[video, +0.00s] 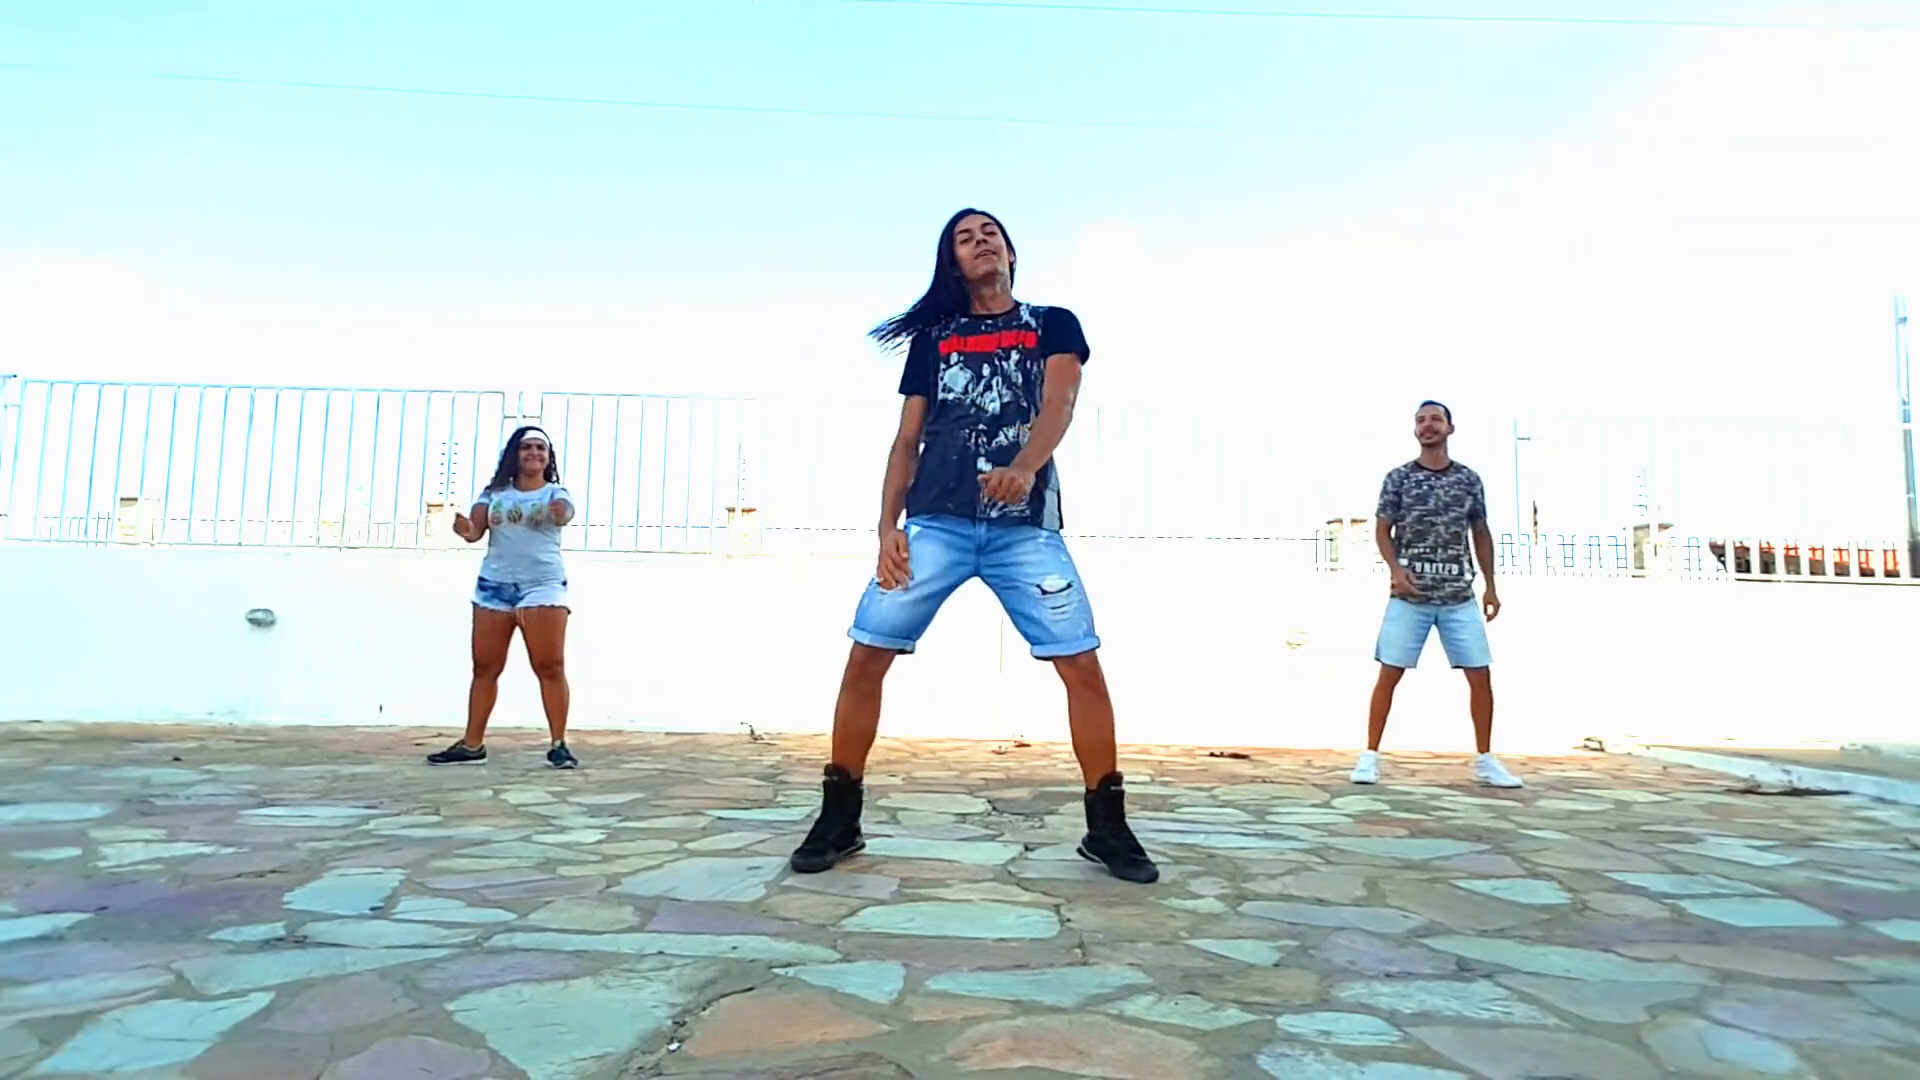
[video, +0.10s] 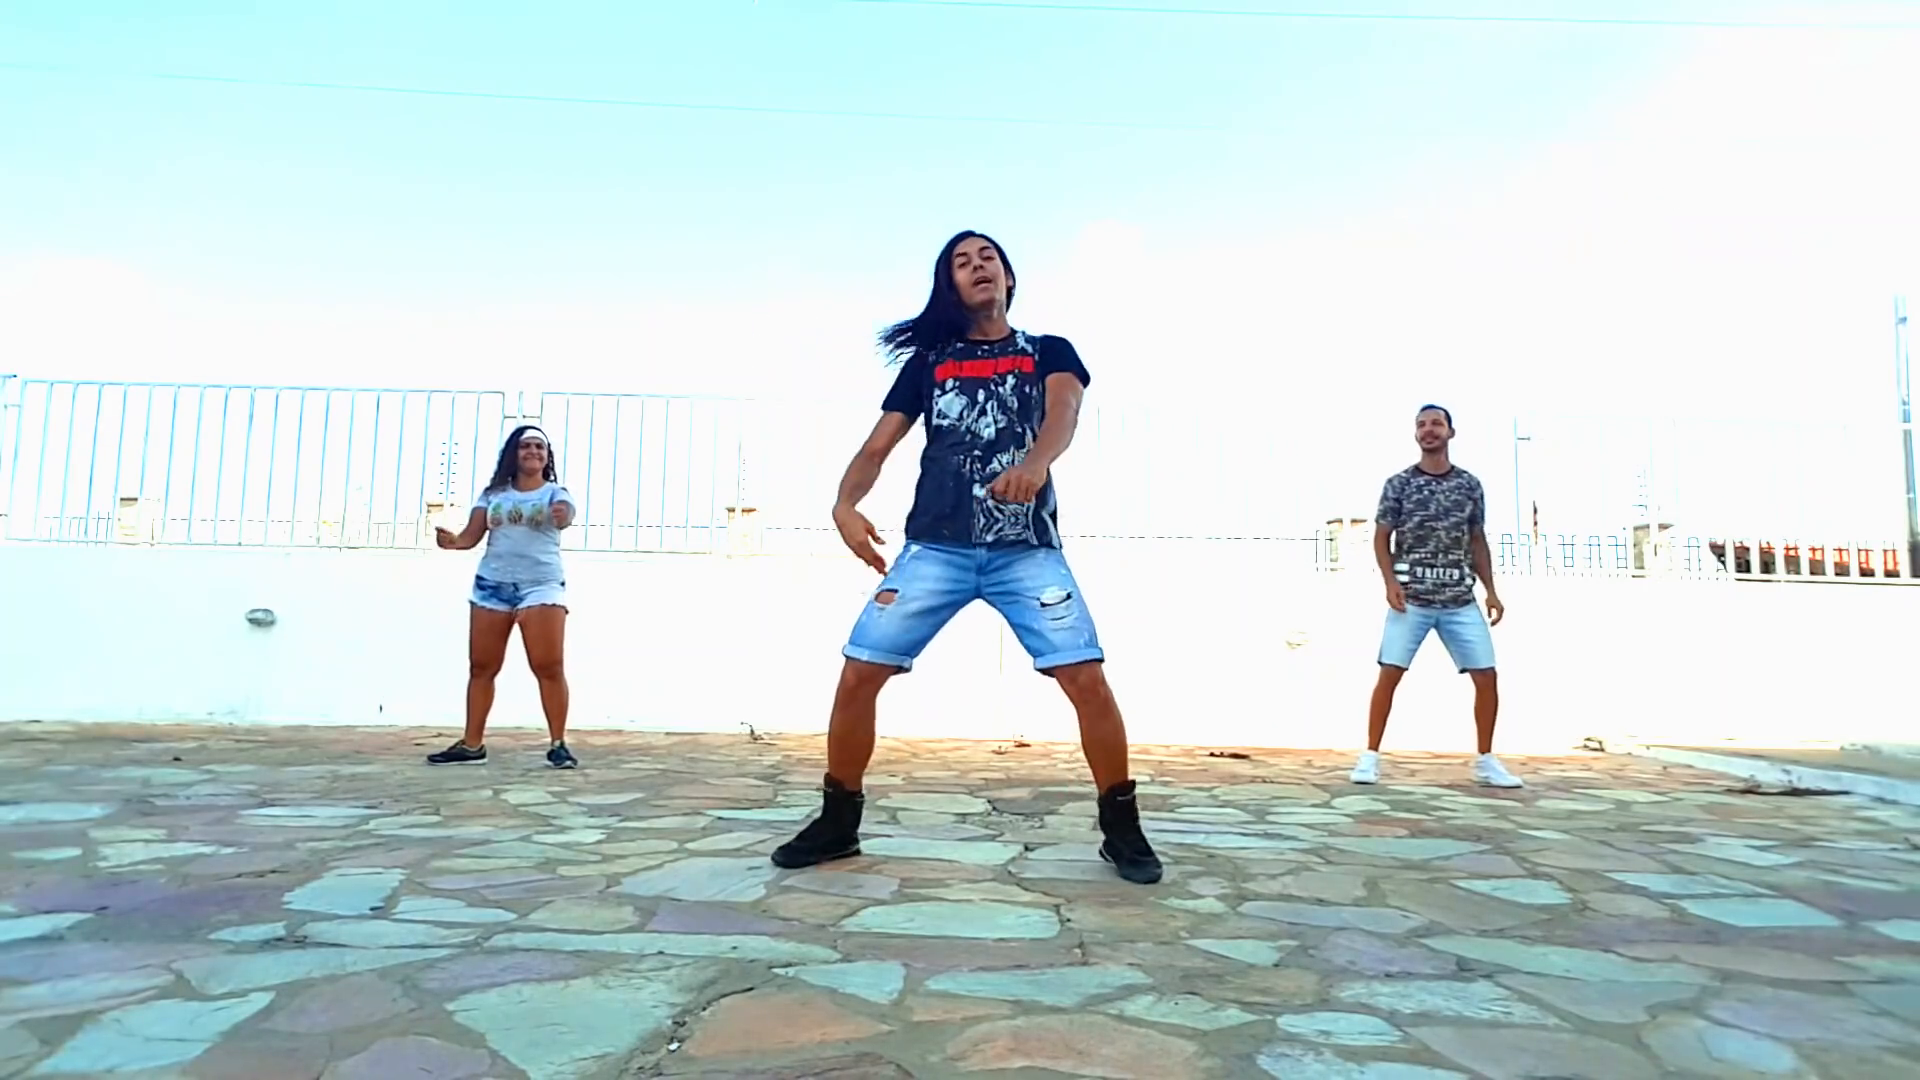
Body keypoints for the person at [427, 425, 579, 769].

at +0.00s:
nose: (534, 453)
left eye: (540, 448)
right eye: (527, 448)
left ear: (548, 457)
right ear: (514, 455)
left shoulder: (555, 492)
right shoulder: (494, 493)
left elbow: (562, 511)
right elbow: (475, 530)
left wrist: (557, 514)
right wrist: (466, 528)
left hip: (542, 586)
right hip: (494, 585)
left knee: (549, 667)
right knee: (484, 668)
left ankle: (558, 744)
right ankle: (472, 743)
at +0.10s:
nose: (532, 452)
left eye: (539, 447)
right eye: (525, 447)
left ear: (547, 456)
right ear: (513, 455)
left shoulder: (555, 492)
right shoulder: (493, 494)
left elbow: (562, 512)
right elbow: (471, 536)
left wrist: (559, 517)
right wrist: (453, 541)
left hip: (541, 586)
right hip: (492, 585)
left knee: (548, 667)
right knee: (481, 668)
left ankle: (558, 744)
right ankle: (471, 743)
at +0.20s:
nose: (531, 454)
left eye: (537, 449)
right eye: (523, 449)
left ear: (545, 459)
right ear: (510, 458)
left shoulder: (555, 495)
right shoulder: (493, 497)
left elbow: (565, 516)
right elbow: (470, 534)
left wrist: (561, 525)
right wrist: (449, 562)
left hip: (539, 588)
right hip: (489, 587)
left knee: (551, 669)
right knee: (471, 668)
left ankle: (556, 744)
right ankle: (471, 744)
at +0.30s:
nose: (528, 457)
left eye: (535, 453)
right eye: (521, 453)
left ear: (543, 463)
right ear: (509, 462)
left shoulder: (553, 499)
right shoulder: (492, 503)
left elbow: (565, 521)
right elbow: (468, 543)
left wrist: (563, 527)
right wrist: (441, 564)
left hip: (540, 593)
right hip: (490, 592)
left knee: (550, 671)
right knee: (461, 666)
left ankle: (557, 744)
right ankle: (469, 744)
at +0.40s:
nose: (516, 444)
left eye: (523, 438)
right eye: (509, 438)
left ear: (532, 446)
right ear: (498, 444)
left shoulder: (541, 481)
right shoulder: (480, 488)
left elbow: (552, 501)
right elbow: (456, 530)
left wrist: (561, 511)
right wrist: (421, 546)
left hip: (532, 576)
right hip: (484, 576)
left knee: (542, 656)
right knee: (448, 647)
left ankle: (551, 734)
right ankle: (455, 726)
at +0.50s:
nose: (512, 445)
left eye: (519, 439)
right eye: (504, 439)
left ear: (530, 446)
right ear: (493, 447)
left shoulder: (541, 476)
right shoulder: (482, 486)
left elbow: (550, 496)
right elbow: (459, 528)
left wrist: (558, 502)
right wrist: (420, 541)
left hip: (533, 576)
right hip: (484, 575)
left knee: (546, 654)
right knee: (446, 645)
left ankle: (558, 734)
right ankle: (447, 723)